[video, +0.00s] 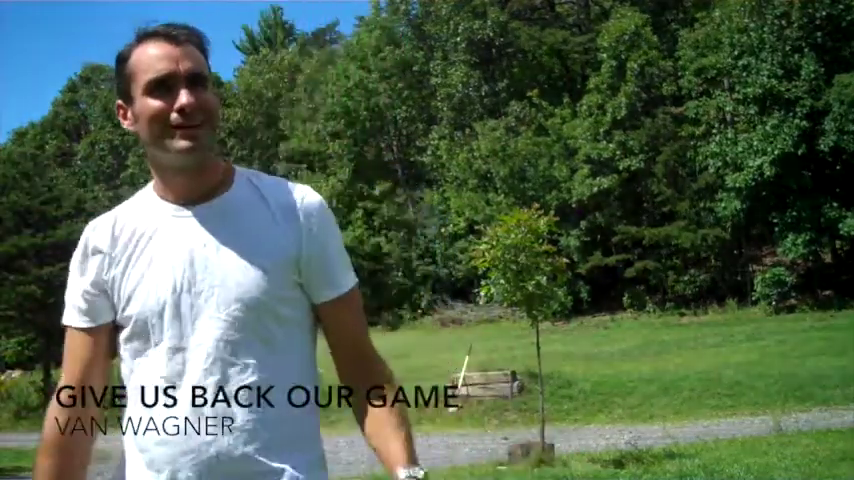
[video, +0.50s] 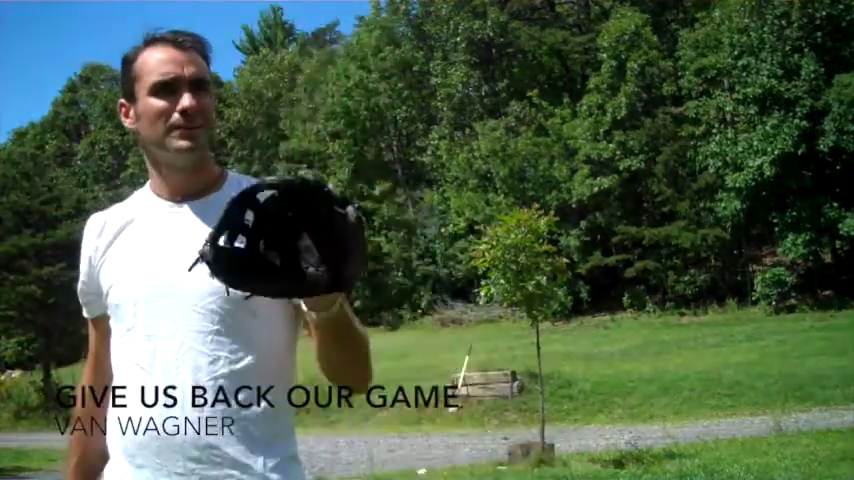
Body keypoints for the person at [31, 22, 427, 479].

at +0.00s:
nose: (186, 100)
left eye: (198, 83)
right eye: (162, 88)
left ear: (217, 99)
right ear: (127, 115)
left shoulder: (299, 214)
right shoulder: (106, 242)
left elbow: (363, 370)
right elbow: (74, 407)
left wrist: (407, 470)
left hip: (284, 469)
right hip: (159, 471)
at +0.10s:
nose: (181, 99)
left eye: (193, 82)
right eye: (158, 86)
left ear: (214, 98)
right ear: (123, 111)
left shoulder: (289, 211)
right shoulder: (99, 236)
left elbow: (351, 359)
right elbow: (81, 403)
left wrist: (385, 437)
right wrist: (64, 479)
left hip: (270, 470)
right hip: (145, 470)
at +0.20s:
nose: (181, 101)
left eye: (193, 84)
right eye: (158, 87)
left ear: (210, 98)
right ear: (121, 110)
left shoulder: (286, 212)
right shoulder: (99, 234)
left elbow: (340, 347)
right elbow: (90, 384)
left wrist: (360, 390)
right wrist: (79, 473)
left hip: (263, 470)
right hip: (138, 471)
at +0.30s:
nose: (180, 102)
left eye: (193, 85)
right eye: (159, 88)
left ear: (211, 100)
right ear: (123, 112)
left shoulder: (283, 213)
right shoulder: (99, 233)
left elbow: (340, 363)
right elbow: (97, 368)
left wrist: (350, 341)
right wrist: (84, 471)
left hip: (256, 469)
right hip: (132, 470)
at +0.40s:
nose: (182, 103)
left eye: (194, 86)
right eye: (161, 89)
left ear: (211, 99)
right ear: (125, 112)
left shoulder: (283, 211)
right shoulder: (102, 232)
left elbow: (352, 382)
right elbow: (99, 363)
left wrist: (324, 294)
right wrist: (83, 470)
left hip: (260, 469)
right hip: (133, 469)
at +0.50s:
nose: (188, 104)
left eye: (199, 87)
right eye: (166, 90)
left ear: (215, 101)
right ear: (129, 114)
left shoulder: (274, 214)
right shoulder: (104, 233)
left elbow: (355, 379)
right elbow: (98, 379)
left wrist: (327, 304)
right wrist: (78, 472)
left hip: (258, 469)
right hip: (135, 470)